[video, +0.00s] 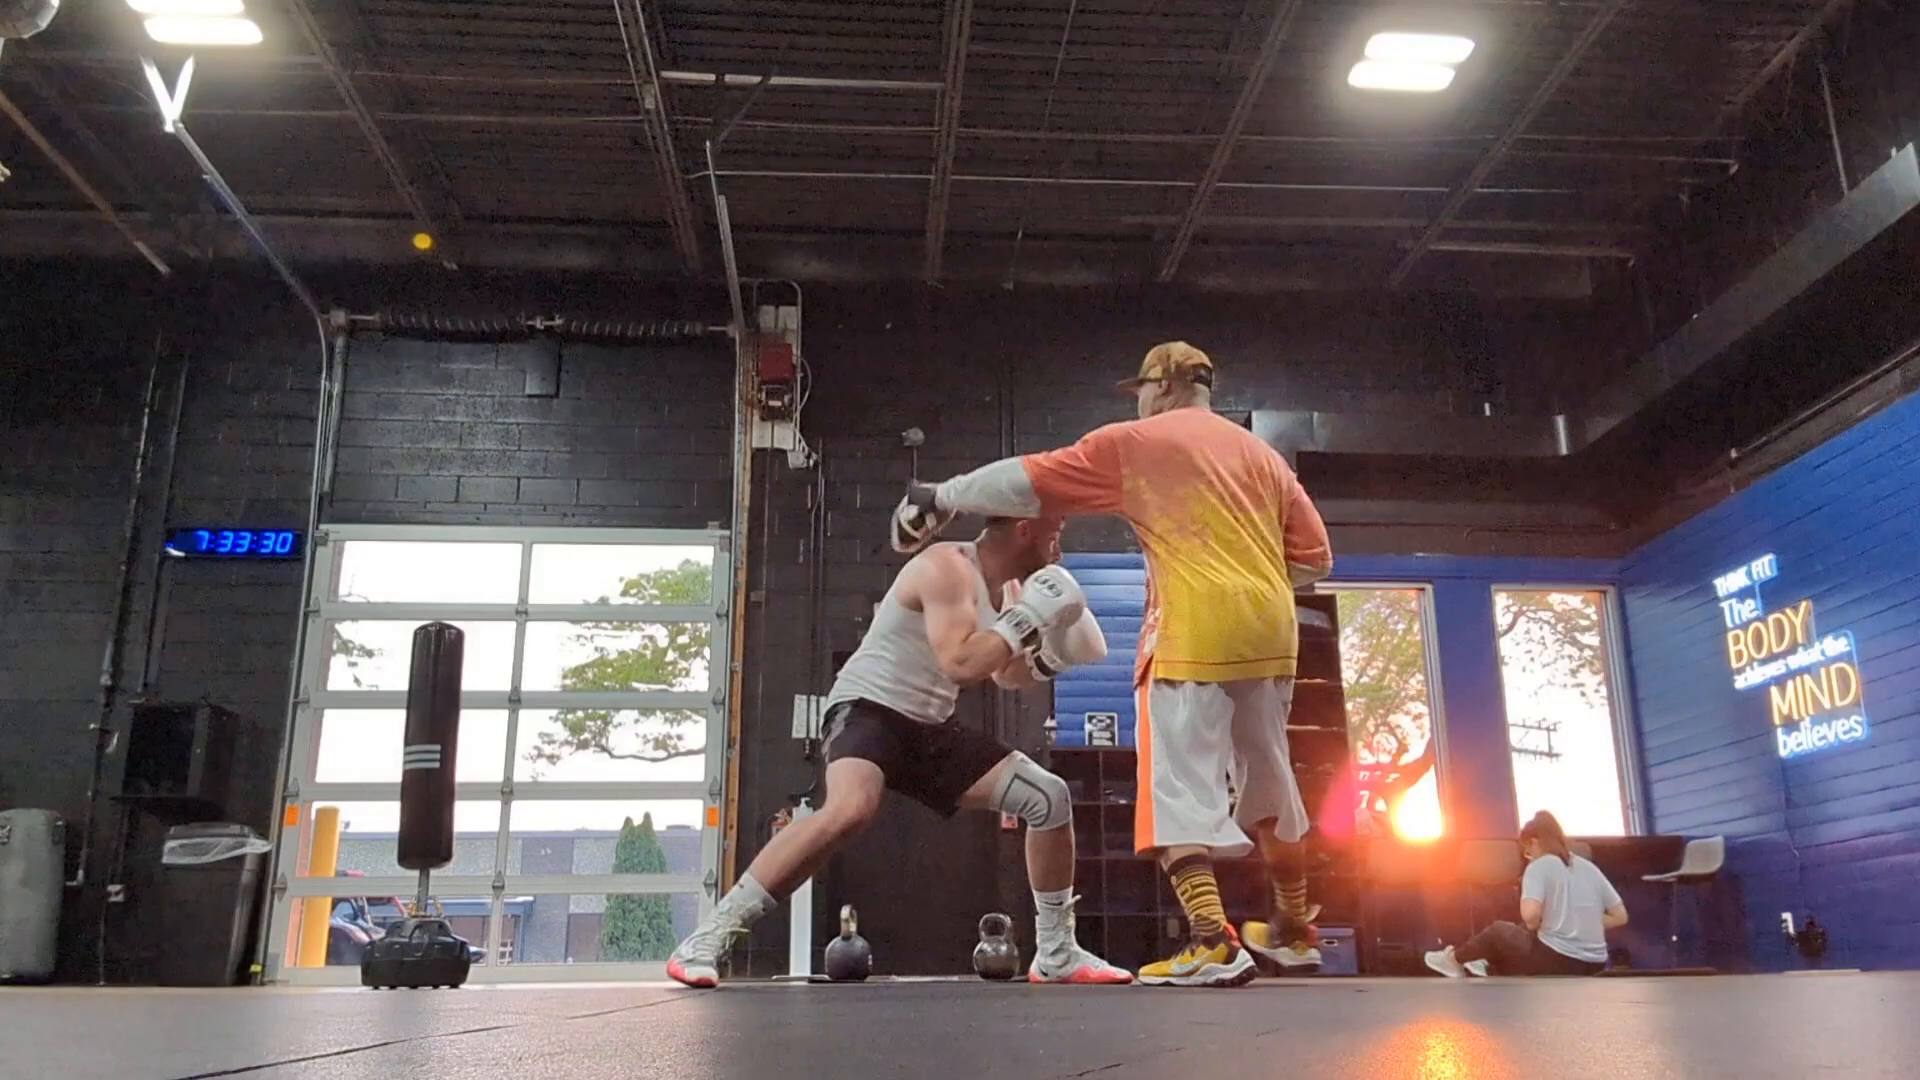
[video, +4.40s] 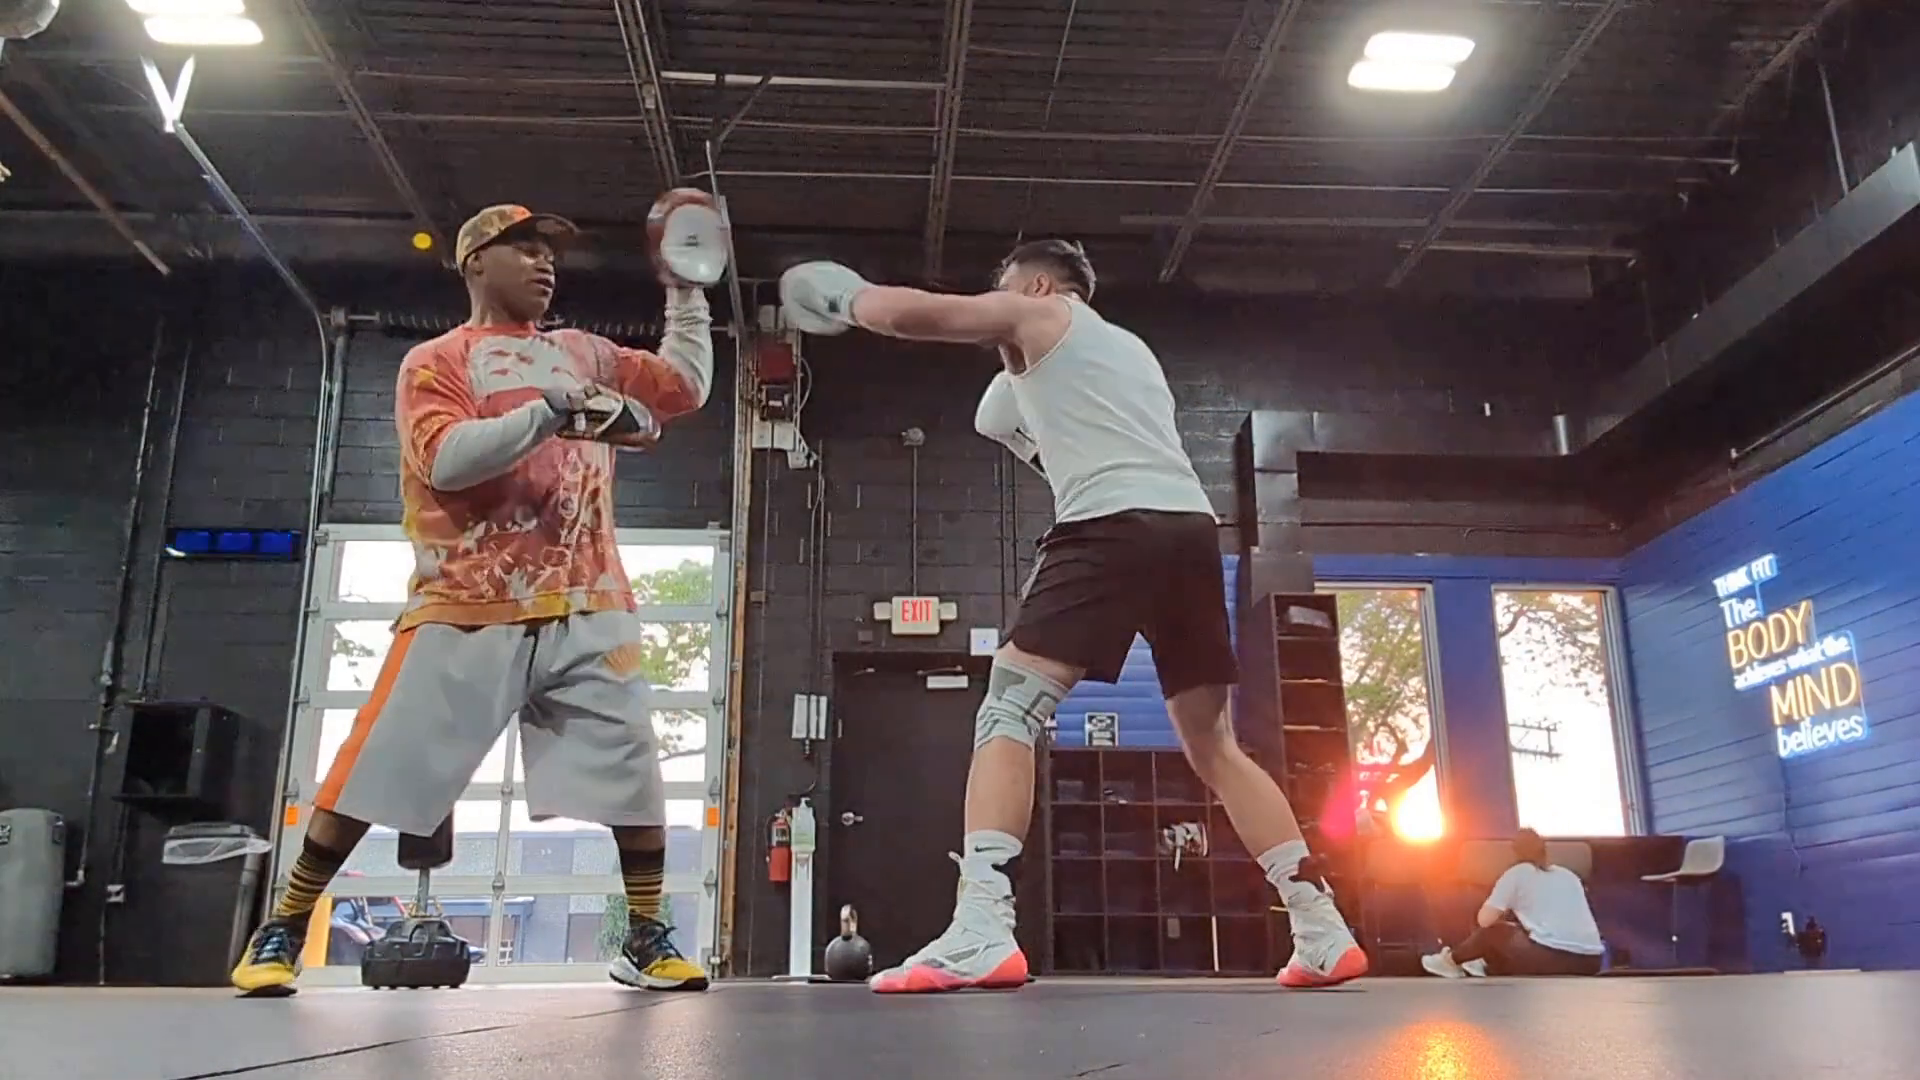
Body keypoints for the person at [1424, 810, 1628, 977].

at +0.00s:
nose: (1527, 858)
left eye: (1526, 852)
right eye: (1525, 853)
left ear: (1536, 842)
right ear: (1559, 840)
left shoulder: (1539, 866)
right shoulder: (1588, 867)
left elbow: (1530, 914)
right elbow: (1620, 917)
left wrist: (1534, 931)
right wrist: (1583, 925)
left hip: (1559, 960)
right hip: (1595, 963)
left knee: (1499, 931)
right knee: (1524, 938)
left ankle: (1453, 959)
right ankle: (1488, 967)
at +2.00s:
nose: (1529, 853)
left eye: (1529, 847)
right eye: (1528, 848)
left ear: (1538, 840)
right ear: (1562, 839)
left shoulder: (1540, 867)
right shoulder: (1590, 868)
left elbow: (1505, 909)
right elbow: (1620, 918)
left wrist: (1532, 923)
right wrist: (1582, 923)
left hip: (1559, 959)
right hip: (1595, 962)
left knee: (1497, 931)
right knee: (1522, 935)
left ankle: (1453, 959)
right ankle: (1488, 965)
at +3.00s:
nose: (1527, 856)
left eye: (1527, 849)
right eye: (1526, 850)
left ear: (1537, 842)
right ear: (1558, 840)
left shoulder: (1540, 863)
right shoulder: (1592, 866)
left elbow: (1531, 895)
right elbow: (1636, 897)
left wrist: (1529, 935)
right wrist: (1614, 932)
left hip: (1559, 958)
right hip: (1595, 961)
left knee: (1499, 931)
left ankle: (1451, 958)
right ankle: (1487, 964)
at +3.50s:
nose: (1524, 849)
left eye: (1524, 843)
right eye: (1524, 843)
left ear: (1529, 842)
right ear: (1555, 838)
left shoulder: (1533, 865)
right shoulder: (1584, 867)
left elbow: (1523, 898)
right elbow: (1625, 909)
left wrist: (1509, 937)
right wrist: (1599, 934)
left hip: (1555, 959)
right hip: (1593, 961)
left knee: (1494, 929)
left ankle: (1452, 959)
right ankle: (1486, 962)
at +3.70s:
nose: (1520, 853)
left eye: (1520, 847)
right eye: (1520, 847)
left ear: (1524, 848)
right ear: (1551, 845)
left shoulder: (1528, 868)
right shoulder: (1576, 869)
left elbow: (1509, 905)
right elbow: (1593, 910)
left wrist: (1488, 911)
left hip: (1557, 958)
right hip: (1593, 961)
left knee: (1492, 934)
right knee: (1529, 925)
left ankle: (1453, 959)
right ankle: (1485, 962)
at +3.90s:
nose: (1513, 853)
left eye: (1514, 849)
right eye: (1515, 849)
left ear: (1518, 850)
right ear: (1542, 848)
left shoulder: (1520, 872)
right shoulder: (1567, 873)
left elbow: (1502, 916)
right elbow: (1561, 916)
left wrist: (1485, 910)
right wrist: (1524, 920)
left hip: (1556, 958)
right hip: (1591, 961)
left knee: (1490, 933)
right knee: (1520, 933)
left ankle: (1451, 961)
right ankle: (1483, 963)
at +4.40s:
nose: (1513, 854)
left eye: (1515, 850)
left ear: (1517, 853)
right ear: (1543, 851)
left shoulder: (1517, 874)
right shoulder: (1569, 875)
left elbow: (1485, 920)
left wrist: (1508, 914)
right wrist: (1524, 917)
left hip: (1554, 959)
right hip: (1591, 961)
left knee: (1496, 932)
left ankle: (1449, 960)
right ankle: (1483, 964)